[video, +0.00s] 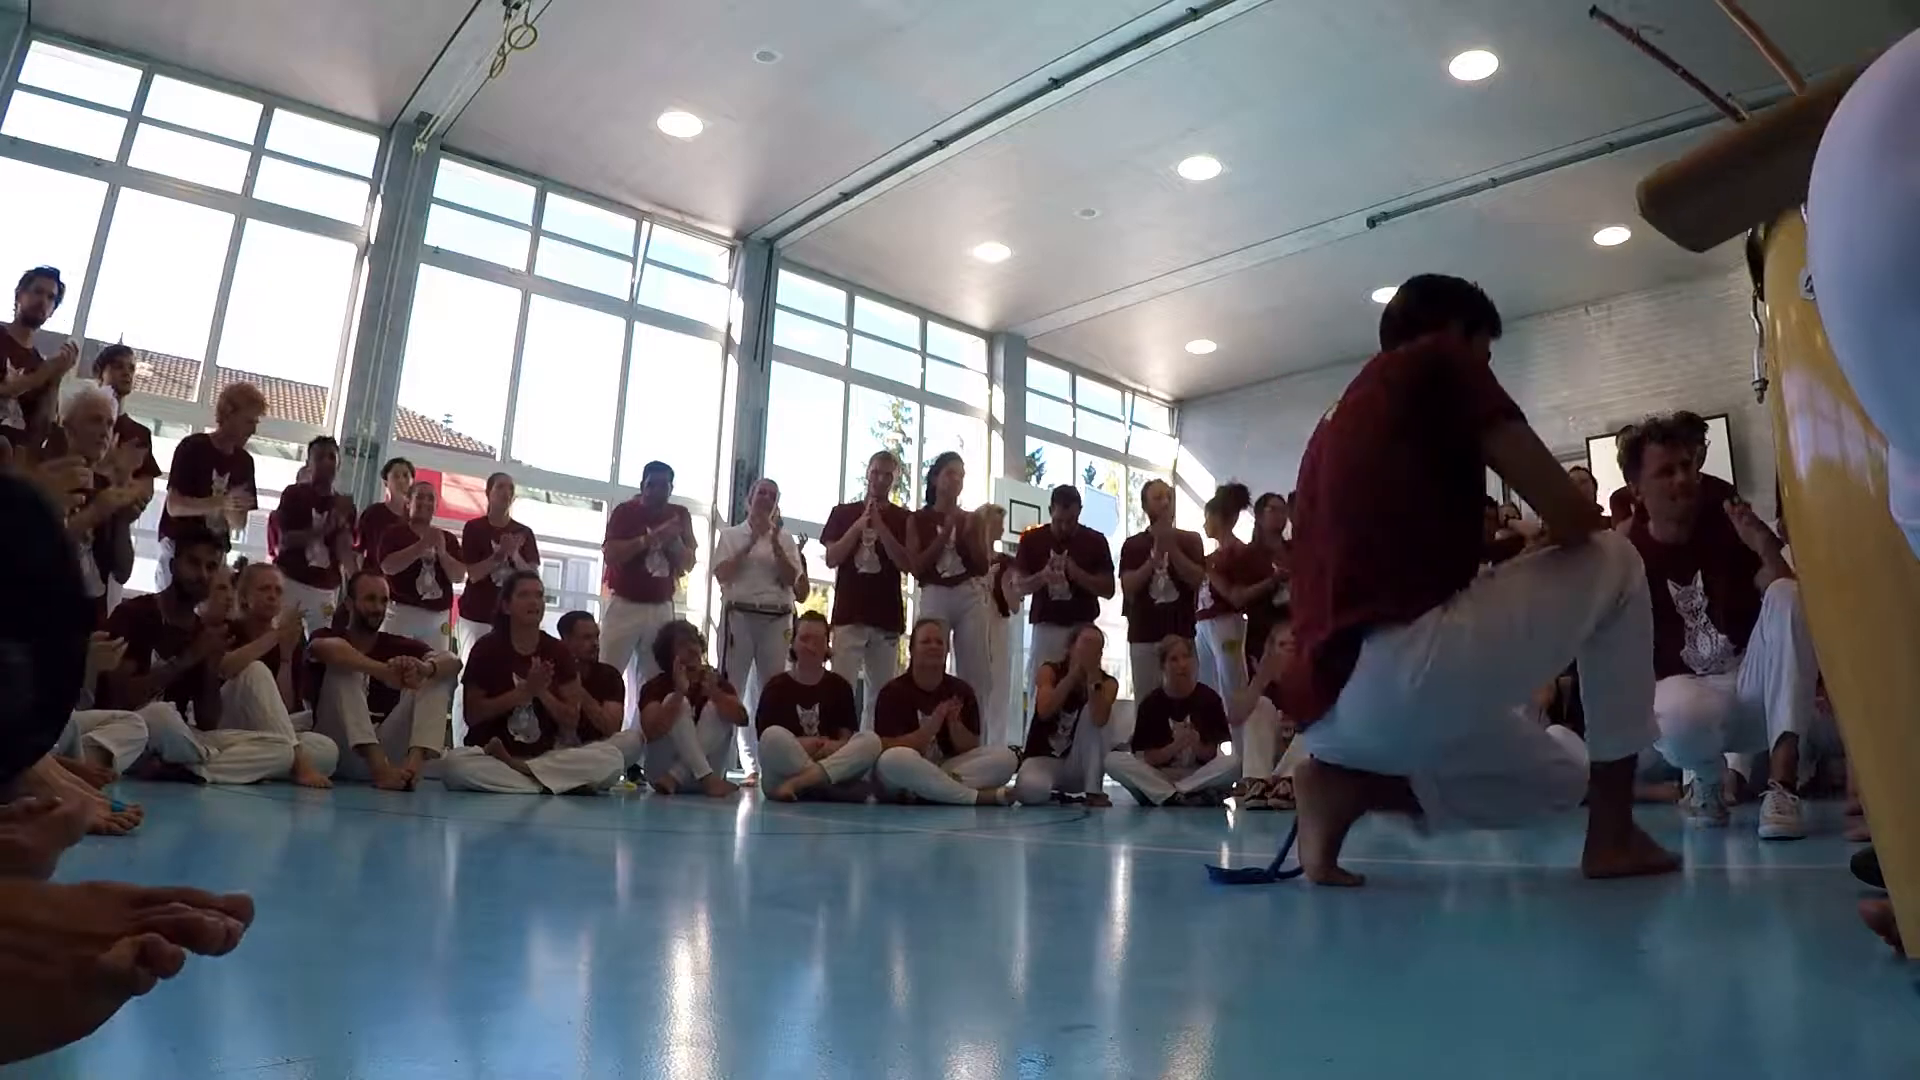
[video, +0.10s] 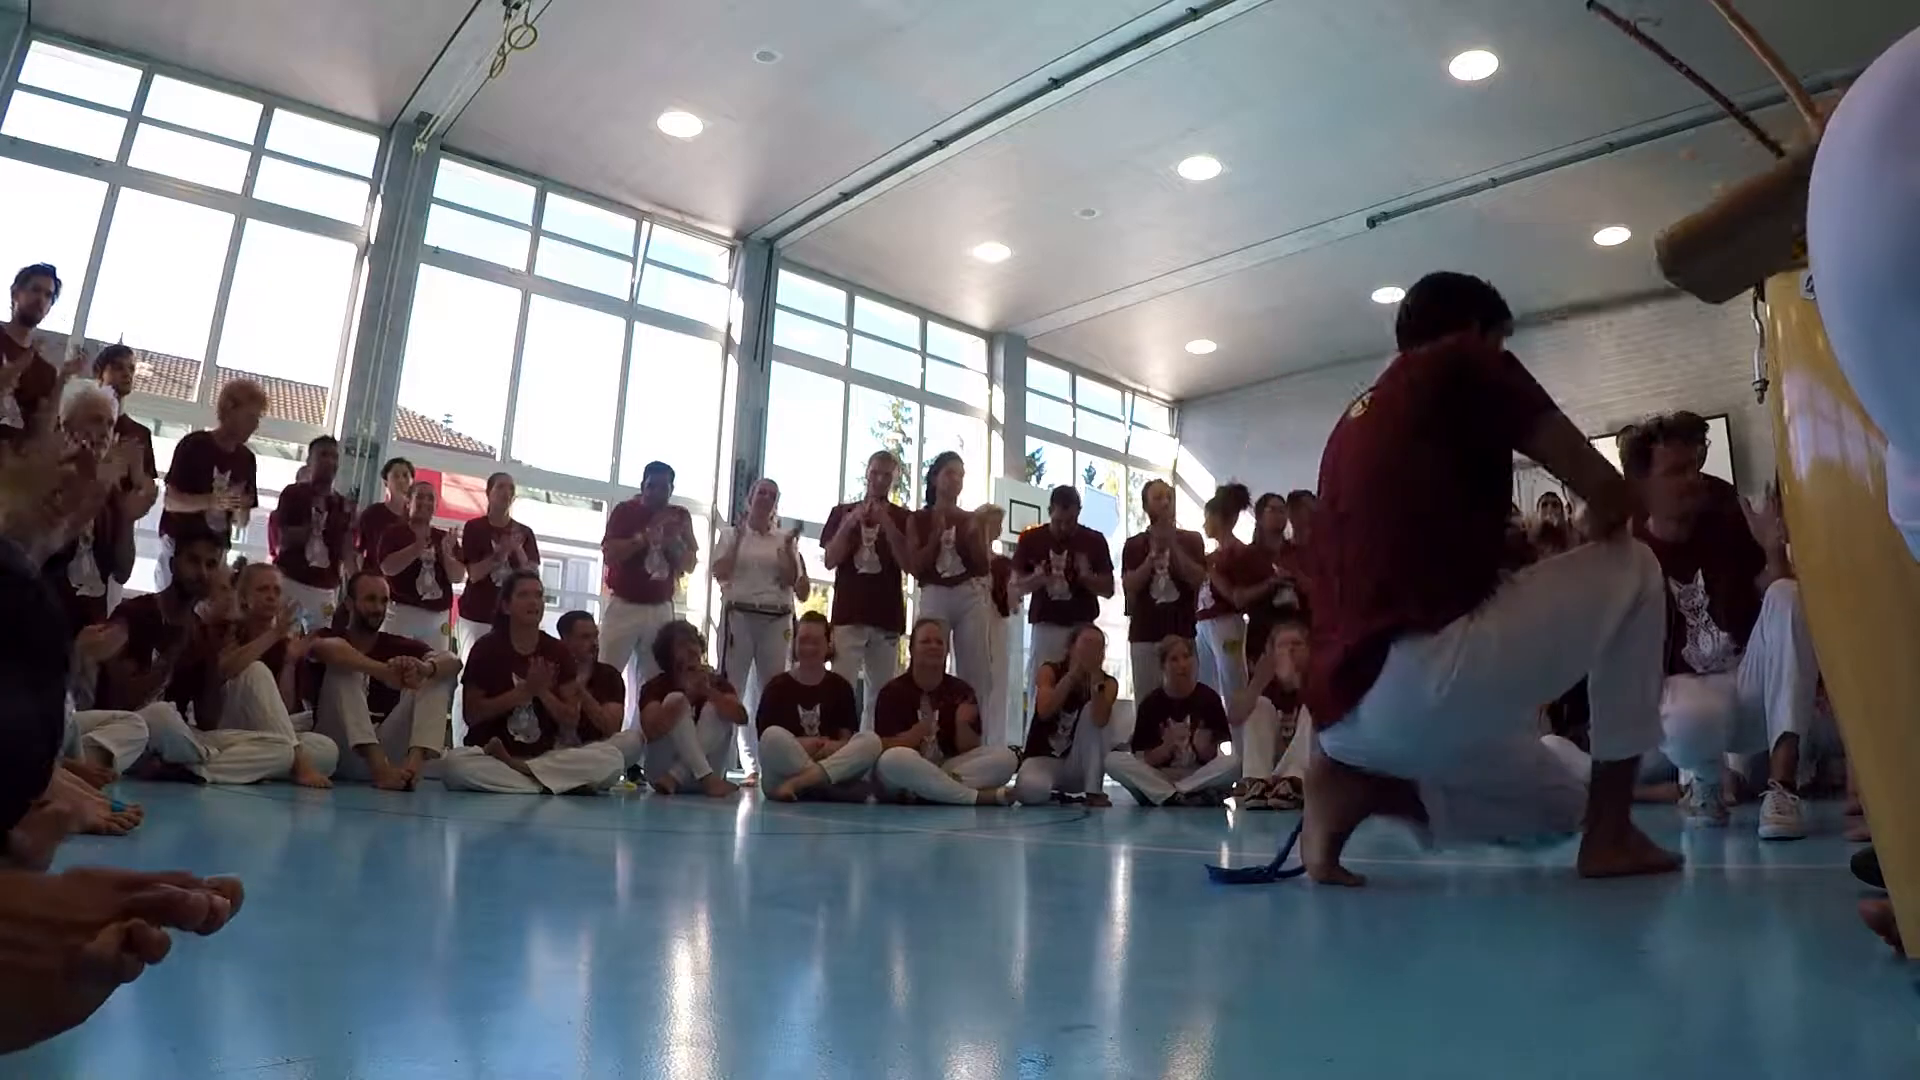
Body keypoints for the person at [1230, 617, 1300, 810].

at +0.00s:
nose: (1291, 651)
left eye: (1294, 645)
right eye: (1283, 645)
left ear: (1304, 648)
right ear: (1268, 651)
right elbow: (1235, 717)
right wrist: (1263, 676)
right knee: (1261, 705)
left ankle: (1287, 781)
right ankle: (1256, 781)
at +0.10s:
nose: (1289, 652)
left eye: (1296, 645)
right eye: (1282, 646)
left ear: (1310, 650)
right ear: (1270, 653)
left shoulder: (1317, 690)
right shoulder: (1261, 696)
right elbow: (1235, 717)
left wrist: (1295, 682)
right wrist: (1261, 679)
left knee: (1311, 708)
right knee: (1260, 705)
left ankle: (1291, 779)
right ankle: (1255, 780)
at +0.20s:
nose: (1287, 652)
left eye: (1295, 645)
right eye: (1281, 645)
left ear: (1310, 651)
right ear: (1270, 651)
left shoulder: (1319, 685)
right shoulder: (1262, 686)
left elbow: (1332, 709)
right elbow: (1234, 718)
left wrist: (1294, 680)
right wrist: (1258, 682)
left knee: (1313, 707)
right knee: (1259, 705)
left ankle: (1293, 780)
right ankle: (1256, 780)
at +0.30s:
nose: (1288, 649)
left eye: (1295, 644)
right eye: (1281, 645)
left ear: (1308, 652)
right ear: (1270, 653)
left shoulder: (1322, 682)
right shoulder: (1258, 689)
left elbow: (1338, 705)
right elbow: (1233, 717)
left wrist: (1290, 683)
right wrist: (1262, 679)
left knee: (1314, 706)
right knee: (1260, 705)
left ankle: (1290, 781)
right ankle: (1256, 781)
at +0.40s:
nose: (1288, 649)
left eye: (1295, 644)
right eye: (1281, 645)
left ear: (1308, 652)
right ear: (1270, 653)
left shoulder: (1321, 680)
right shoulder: (1259, 687)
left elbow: (1341, 705)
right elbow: (1234, 717)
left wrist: (1291, 682)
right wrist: (1261, 680)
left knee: (1315, 705)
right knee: (1260, 705)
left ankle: (1289, 781)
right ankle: (1257, 781)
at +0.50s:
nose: (1288, 650)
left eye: (1295, 644)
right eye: (1281, 644)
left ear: (1308, 651)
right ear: (1271, 651)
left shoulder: (1321, 680)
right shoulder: (1263, 685)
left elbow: (1341, 706)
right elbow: (1234, 717)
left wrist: (1294, 681)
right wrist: (1261, 678)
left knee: (1316, 704)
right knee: (1259, 705)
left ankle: (1289, 781)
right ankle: (1256, 781)